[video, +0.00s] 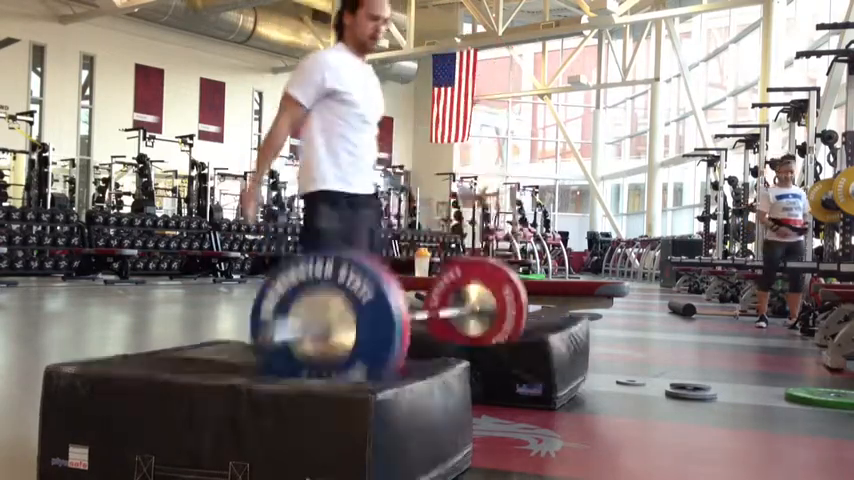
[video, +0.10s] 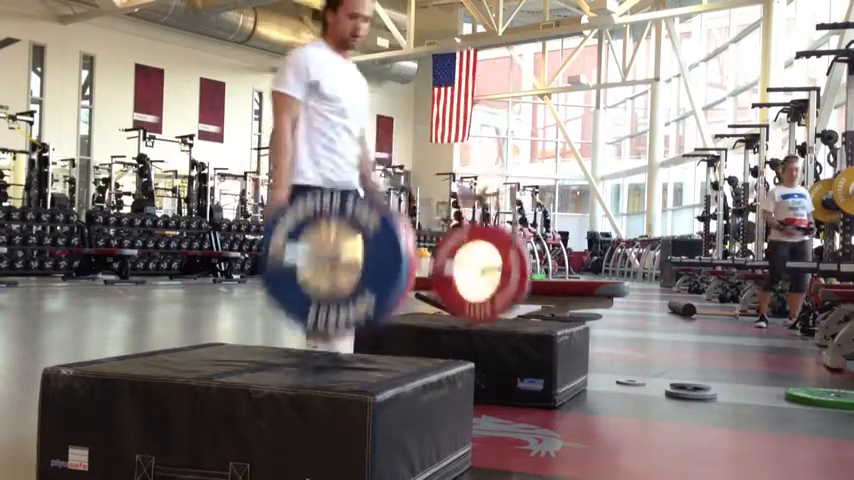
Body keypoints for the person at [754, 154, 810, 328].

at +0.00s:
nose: (788, 175)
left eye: (791, 172)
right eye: (784, 172)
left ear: (794, 173)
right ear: (777, 172)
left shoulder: (801, 193)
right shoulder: (768, 192)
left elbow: (806, 215)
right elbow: (761, 216)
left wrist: (805, 225)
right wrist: (776, 228)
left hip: (796, 240)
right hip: (774, 240)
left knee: (797, 277)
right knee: (768, 276)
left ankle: (793, 318)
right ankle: (762, 315)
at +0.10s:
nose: (794, 173)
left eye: (797, 170)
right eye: (791, 170)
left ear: (800, 171)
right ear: (783, 171)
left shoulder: (804, 192)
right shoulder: (775, 192)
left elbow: (809, 213)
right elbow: (767, 215)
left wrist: (811, 224)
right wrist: (781, 227)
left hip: (802, 239)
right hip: (780, 239)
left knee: (801, 279)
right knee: (775, 276)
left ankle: (794, 319)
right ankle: (762, 314)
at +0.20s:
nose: (797, 172)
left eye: (800, 168)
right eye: (793, 169)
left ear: (803, 170)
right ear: (786, 171)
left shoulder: (807, 192)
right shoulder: (779, 192)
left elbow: (813, 214)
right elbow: (771, 216)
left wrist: (814, 225)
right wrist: (788, 225)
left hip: (804, 240)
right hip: (784, 240)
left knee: (801, 279)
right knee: (780, 276)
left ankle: (794, 318)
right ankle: (764, 314)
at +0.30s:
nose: (801, 171)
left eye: (803, 168)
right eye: (797, 168)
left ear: (806, 170)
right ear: (788, 171)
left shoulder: (810, 191)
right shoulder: (782, 191)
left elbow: (816, 214)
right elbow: (774, 217)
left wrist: (817, 225)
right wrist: (793, 225)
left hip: (806, 239)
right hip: (787, 239)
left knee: (802, 279)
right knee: (784, 276)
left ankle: (793, 318)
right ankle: (770, 313)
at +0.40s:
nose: (803, 171)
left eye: (805, 168)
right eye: (799, 168)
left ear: (808, 170)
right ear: (792, 170)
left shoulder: (812, 190)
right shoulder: (785, 190)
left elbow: (818, 214)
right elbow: (778, 216)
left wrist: (820, 224)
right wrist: (798, 224)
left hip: (808, 239)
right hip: (790, 238)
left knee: (804, 279)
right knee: (789, 277)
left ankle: (794, 318)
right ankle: (778, 315)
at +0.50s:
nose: (805, 172)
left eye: (807, 168)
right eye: (801, 169)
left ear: (811, 170)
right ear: (795, 171)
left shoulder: (815, 190)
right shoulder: (787, 190)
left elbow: (820, 213)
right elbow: (779, 216)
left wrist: (822, 224)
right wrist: (800, 223)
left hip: (810, 239)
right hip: (792, 238)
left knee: (805, 278)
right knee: (794, 277)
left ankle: (796, 317)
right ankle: (789, 317)